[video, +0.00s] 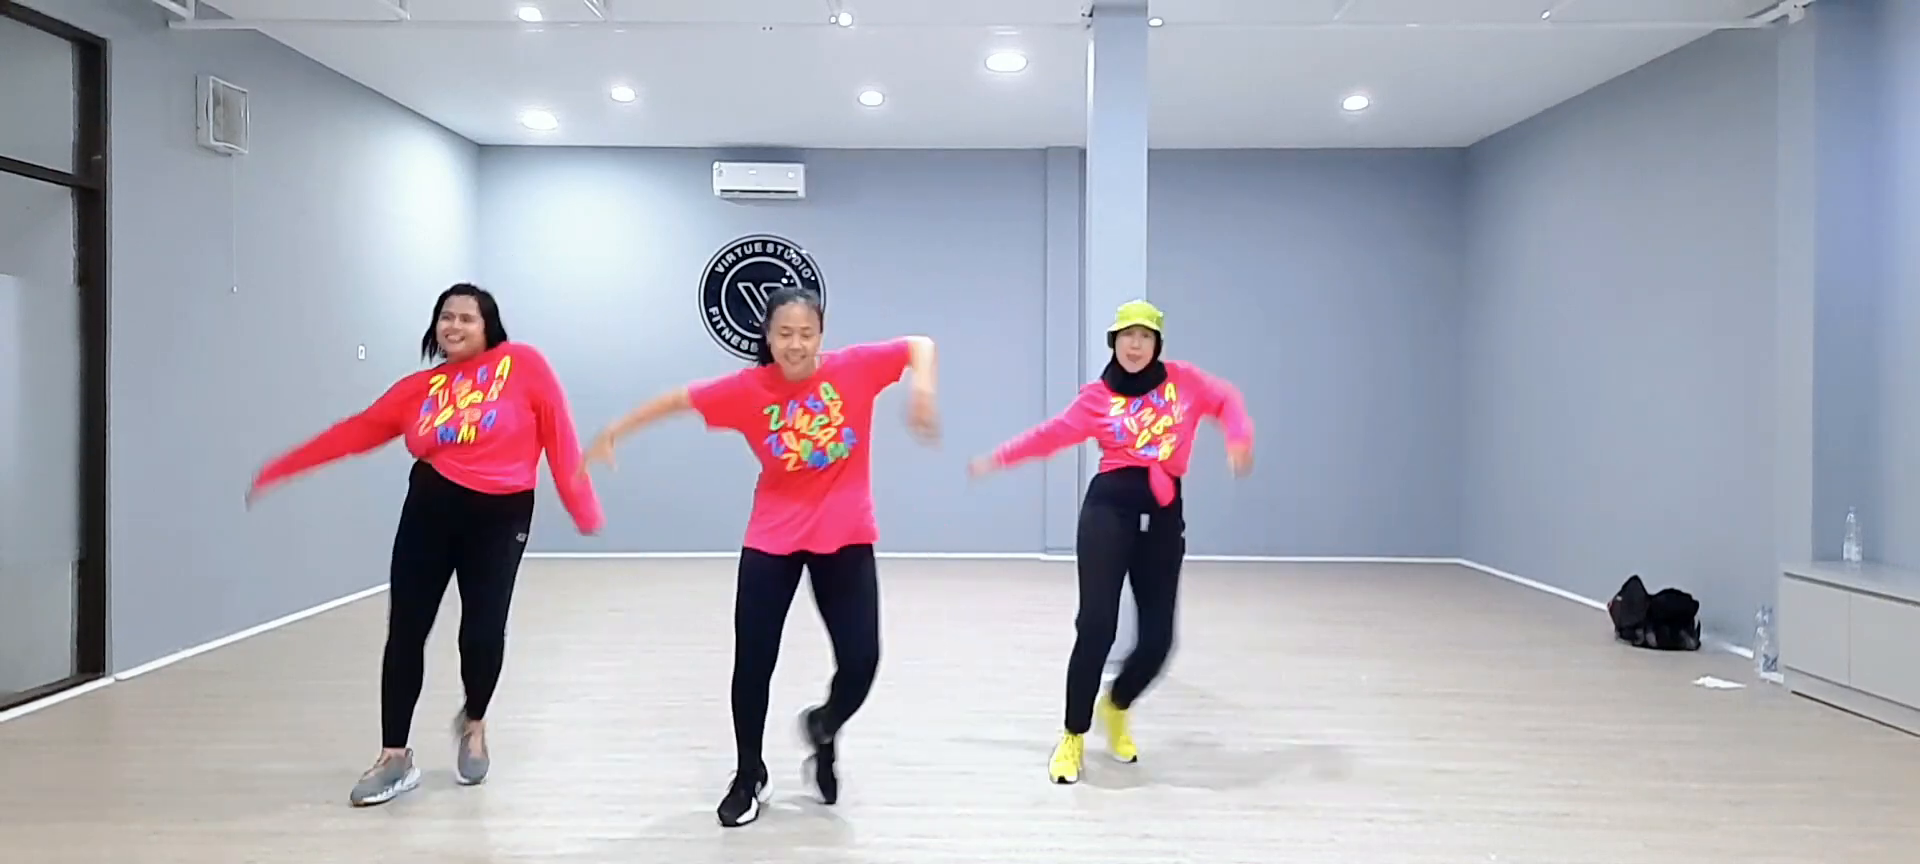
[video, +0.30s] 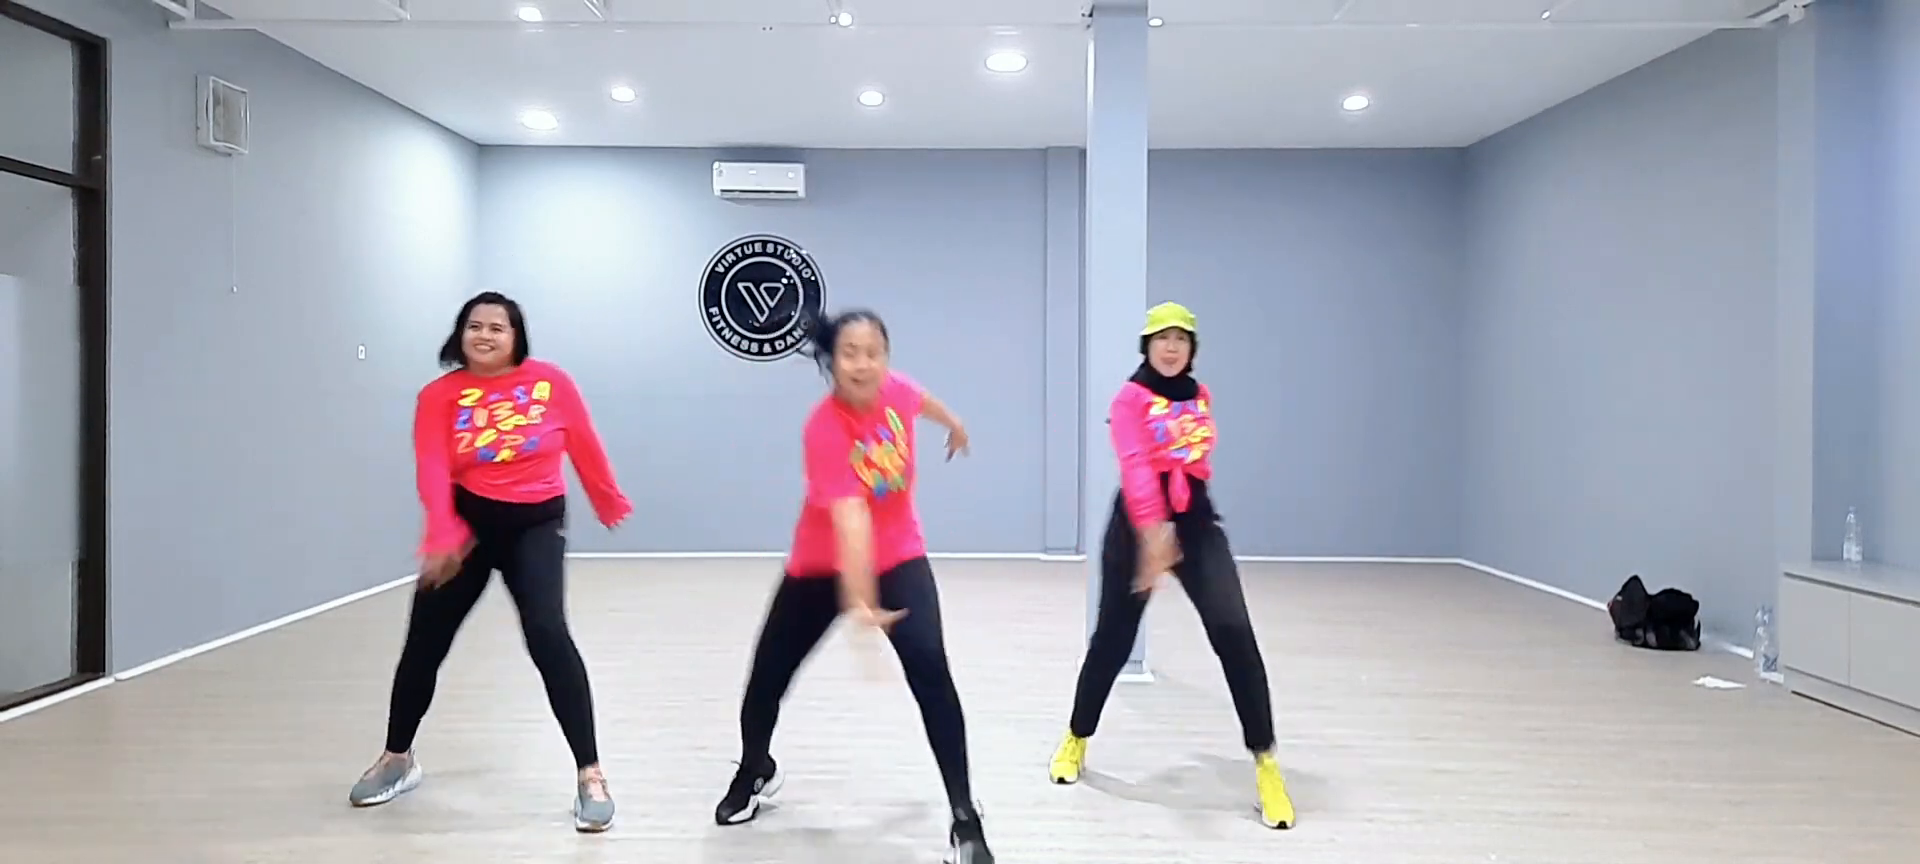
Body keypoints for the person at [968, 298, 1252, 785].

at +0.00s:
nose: (1134, 345)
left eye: (1143, 337)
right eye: (1126, 336)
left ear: (1157, 343)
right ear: (1113, 342)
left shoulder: (1184, 380)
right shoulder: (1098, 398)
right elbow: (1051, 434)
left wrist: (1239, 441)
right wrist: (997, 458)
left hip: (1163, 518)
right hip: (1108, 515)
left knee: (1158, 640)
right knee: (1096, 627)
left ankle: (1115, 704)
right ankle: (1072, 737)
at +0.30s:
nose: (1172, 348)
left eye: (1181, 339)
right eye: (1162, 339)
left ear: (1191, 347)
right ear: (1147, 345)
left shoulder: (1199, 396)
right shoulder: (1129, 400)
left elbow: (1197, 460)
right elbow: (1136, 470)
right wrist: (1153, 535)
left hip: (1194, 519)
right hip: (1138, 519)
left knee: (1233, 631)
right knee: (1114, 637)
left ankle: (1266, 762)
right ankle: (1076, 739)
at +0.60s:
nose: (1222, 302)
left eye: (1231, 294)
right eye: (1212, 294)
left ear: (1242, 303)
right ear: (1195, 304)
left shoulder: (1257, 358)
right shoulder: (1174, 348)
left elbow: (1272, 422)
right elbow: (1171, 403)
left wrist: (1290, 473)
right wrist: (1241, 380)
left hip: (1240, 489)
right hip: (1179, 486)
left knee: (1250, 622)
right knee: (1162, 613)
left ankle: (1266, 760)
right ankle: (1153, 744)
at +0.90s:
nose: (1236, 330)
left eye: (1245, 322)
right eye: (1227, 322)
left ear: (1257, 331)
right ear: (1209, 328)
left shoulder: (1267, 395)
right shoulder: (1182, 378)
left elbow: (1280, 470)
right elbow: (1155, 450)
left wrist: (1333, 483)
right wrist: (1156, 424)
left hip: (1254, 512)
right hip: (1192, 510)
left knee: (1256, 636)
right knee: (1181, 616)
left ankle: (1241, 761)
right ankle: (1170, 732)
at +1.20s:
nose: (1195, 315)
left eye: (1204, 305)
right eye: (1186, 306)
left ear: (1218, 311)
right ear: (1171, 313)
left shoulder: (1241, 356)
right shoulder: (1159, 372)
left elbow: (1262, 415)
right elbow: (1141, 445)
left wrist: (1296, 382)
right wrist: (1109, 406)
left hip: (1229, 493)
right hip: (1168, 497)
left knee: (1243, 617)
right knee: (1181, 621)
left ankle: (1245, 739)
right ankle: (1182, 742)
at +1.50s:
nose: (1204, 309)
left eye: (1212, 300)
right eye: (1195, 300)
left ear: (1222, 307)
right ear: (1179, 305)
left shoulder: (1232, 359)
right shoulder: (1154, 351)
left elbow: (1249, 424)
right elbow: (1124, 416)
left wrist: (1277, 383)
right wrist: (1109, 377)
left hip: (1221, 473)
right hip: (1165, 473)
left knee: (1211, 595)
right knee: (1172, 595)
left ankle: (1206, 708)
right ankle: (1168, 730)